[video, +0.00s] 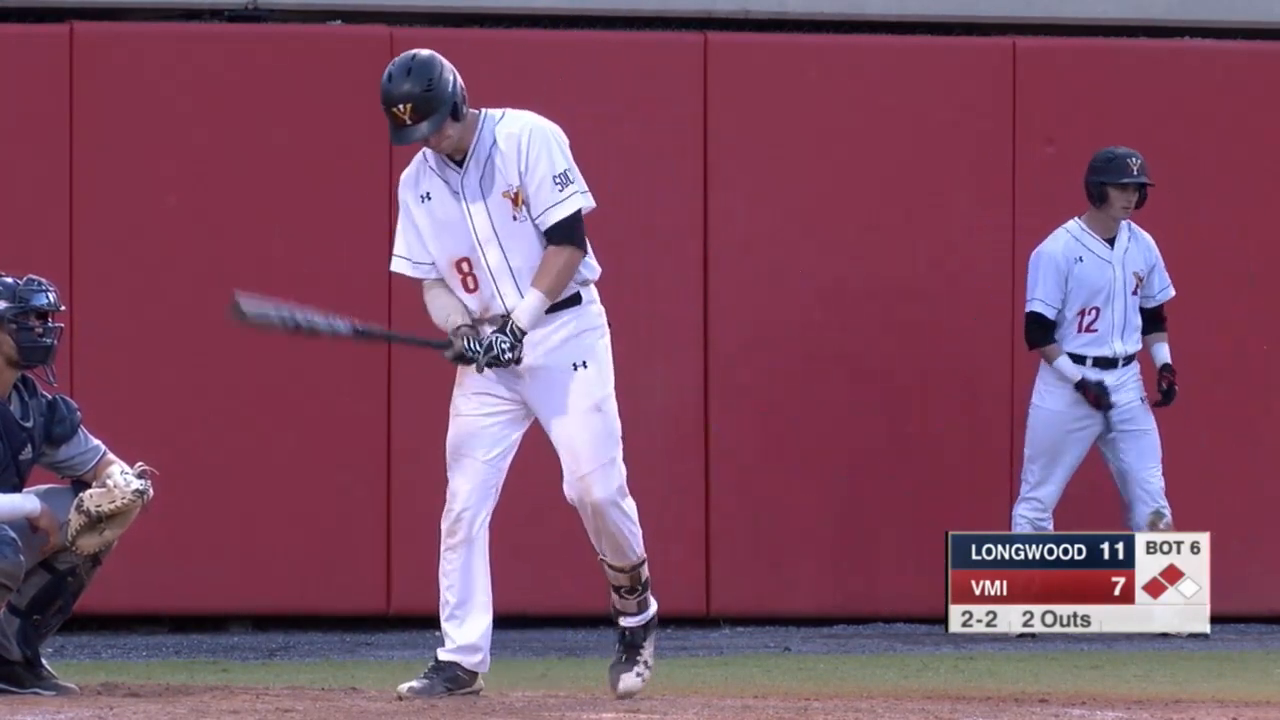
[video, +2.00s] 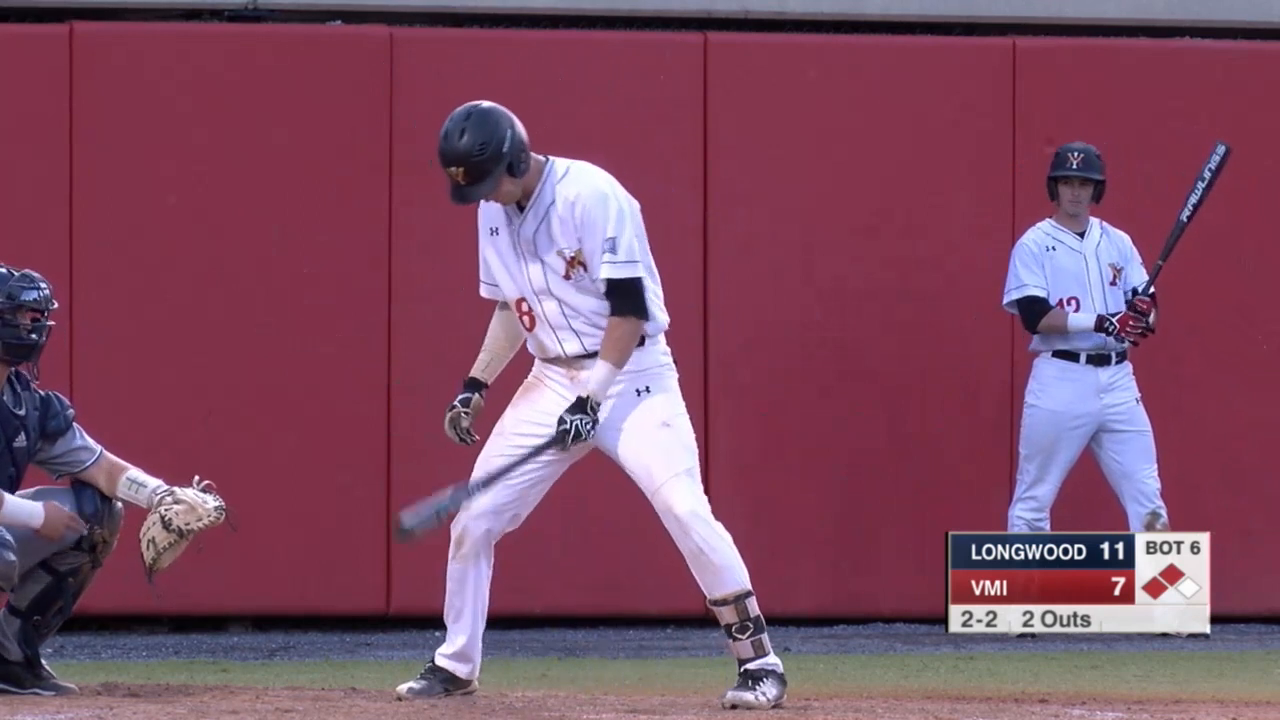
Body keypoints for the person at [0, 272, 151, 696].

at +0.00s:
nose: (38, 329)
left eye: (41, 320)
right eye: (23, 320)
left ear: (47, 326)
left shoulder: (37, 406)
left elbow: (97, 462)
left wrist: (126, 484)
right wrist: (26, 505)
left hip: (9, 521)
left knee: (96, 511)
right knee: (11, 545)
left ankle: (16, 652)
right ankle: (9, 653)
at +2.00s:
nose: (28, 325)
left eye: (35, 315)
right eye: (17, 314)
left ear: (43, 322)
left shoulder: (32, 405)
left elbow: (103, 468)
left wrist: (164, 495)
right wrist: (34, 514)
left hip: (8, 527)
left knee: (93, 511)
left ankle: (14, 651)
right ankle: (10, 651)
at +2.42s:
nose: (29, 325)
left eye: (35, 315)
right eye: (18, 314)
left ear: (42, 321)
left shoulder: (36, 404)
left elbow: (108, 468)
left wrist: (179, 506)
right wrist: (9, 459)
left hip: (6, 528)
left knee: (98, 515)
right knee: (7, 561)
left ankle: (14, 651)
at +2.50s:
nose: (29, 325)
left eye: (34, 315)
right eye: (17, 314)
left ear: (41, 321)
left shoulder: (23, 395)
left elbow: (107, 466)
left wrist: (183, 512)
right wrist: (21, 427)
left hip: (5, 528)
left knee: (98, 515)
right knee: (8, 561)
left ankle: (14, 651)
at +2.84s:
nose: (30, 322)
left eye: (36, 312)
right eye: (19, 311)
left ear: (43, 318)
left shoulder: (33, 401)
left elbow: (106, 469)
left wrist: (188, 531)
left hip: (9, 528)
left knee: (97, 513)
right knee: (7, 563)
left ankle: (14, 652)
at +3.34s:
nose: (32, 322)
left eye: (38, 312)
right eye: (19, 311)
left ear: (47, 317)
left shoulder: (37, 404)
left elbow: (115, 474)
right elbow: (8, 511)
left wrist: (191, 536)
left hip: (3, 527)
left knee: (100, 514)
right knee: (6, 558)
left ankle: (13, 652)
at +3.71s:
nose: (30, 319)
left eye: (34, 310)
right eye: (17, 309)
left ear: (39, 316)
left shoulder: (36, 402)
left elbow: (99, 463)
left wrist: (172, 512)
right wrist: (6, 474)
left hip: (4, 531)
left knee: (98, 515)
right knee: (5, 561)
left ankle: (12, 651)